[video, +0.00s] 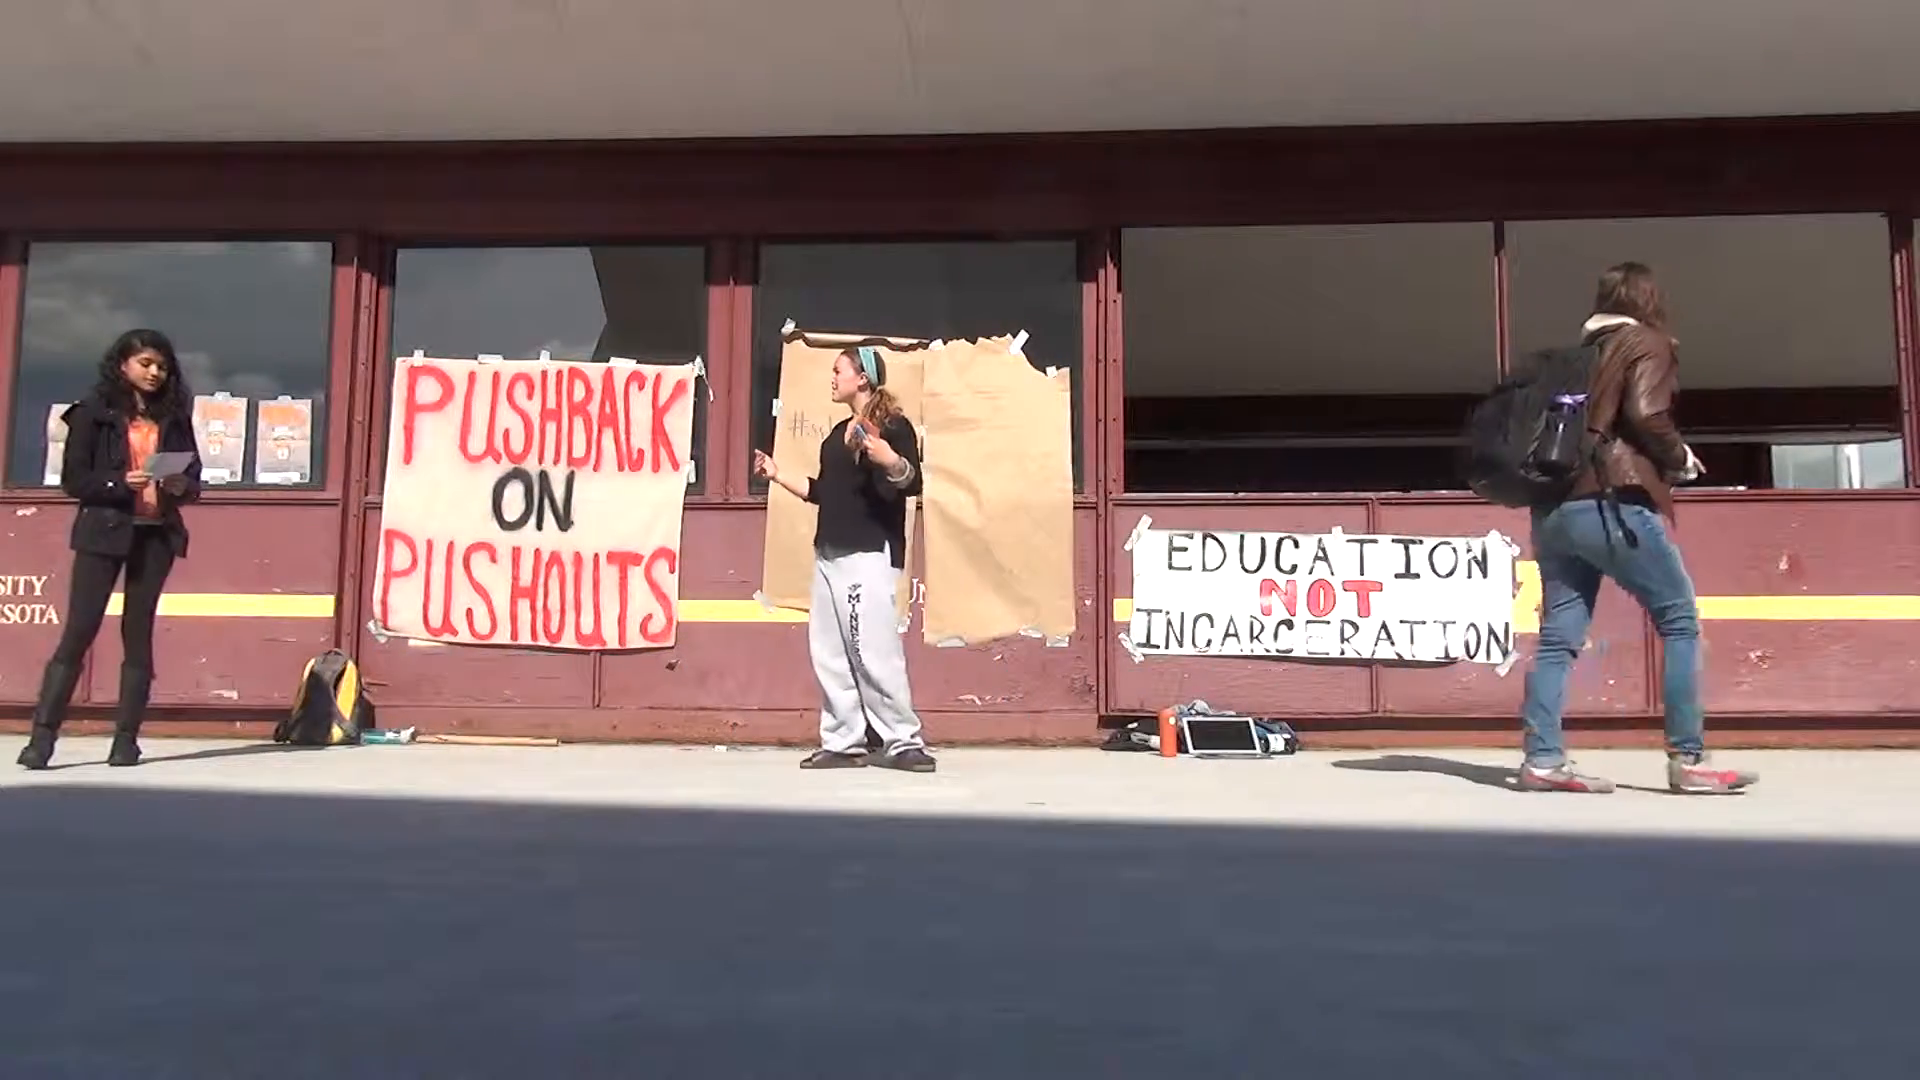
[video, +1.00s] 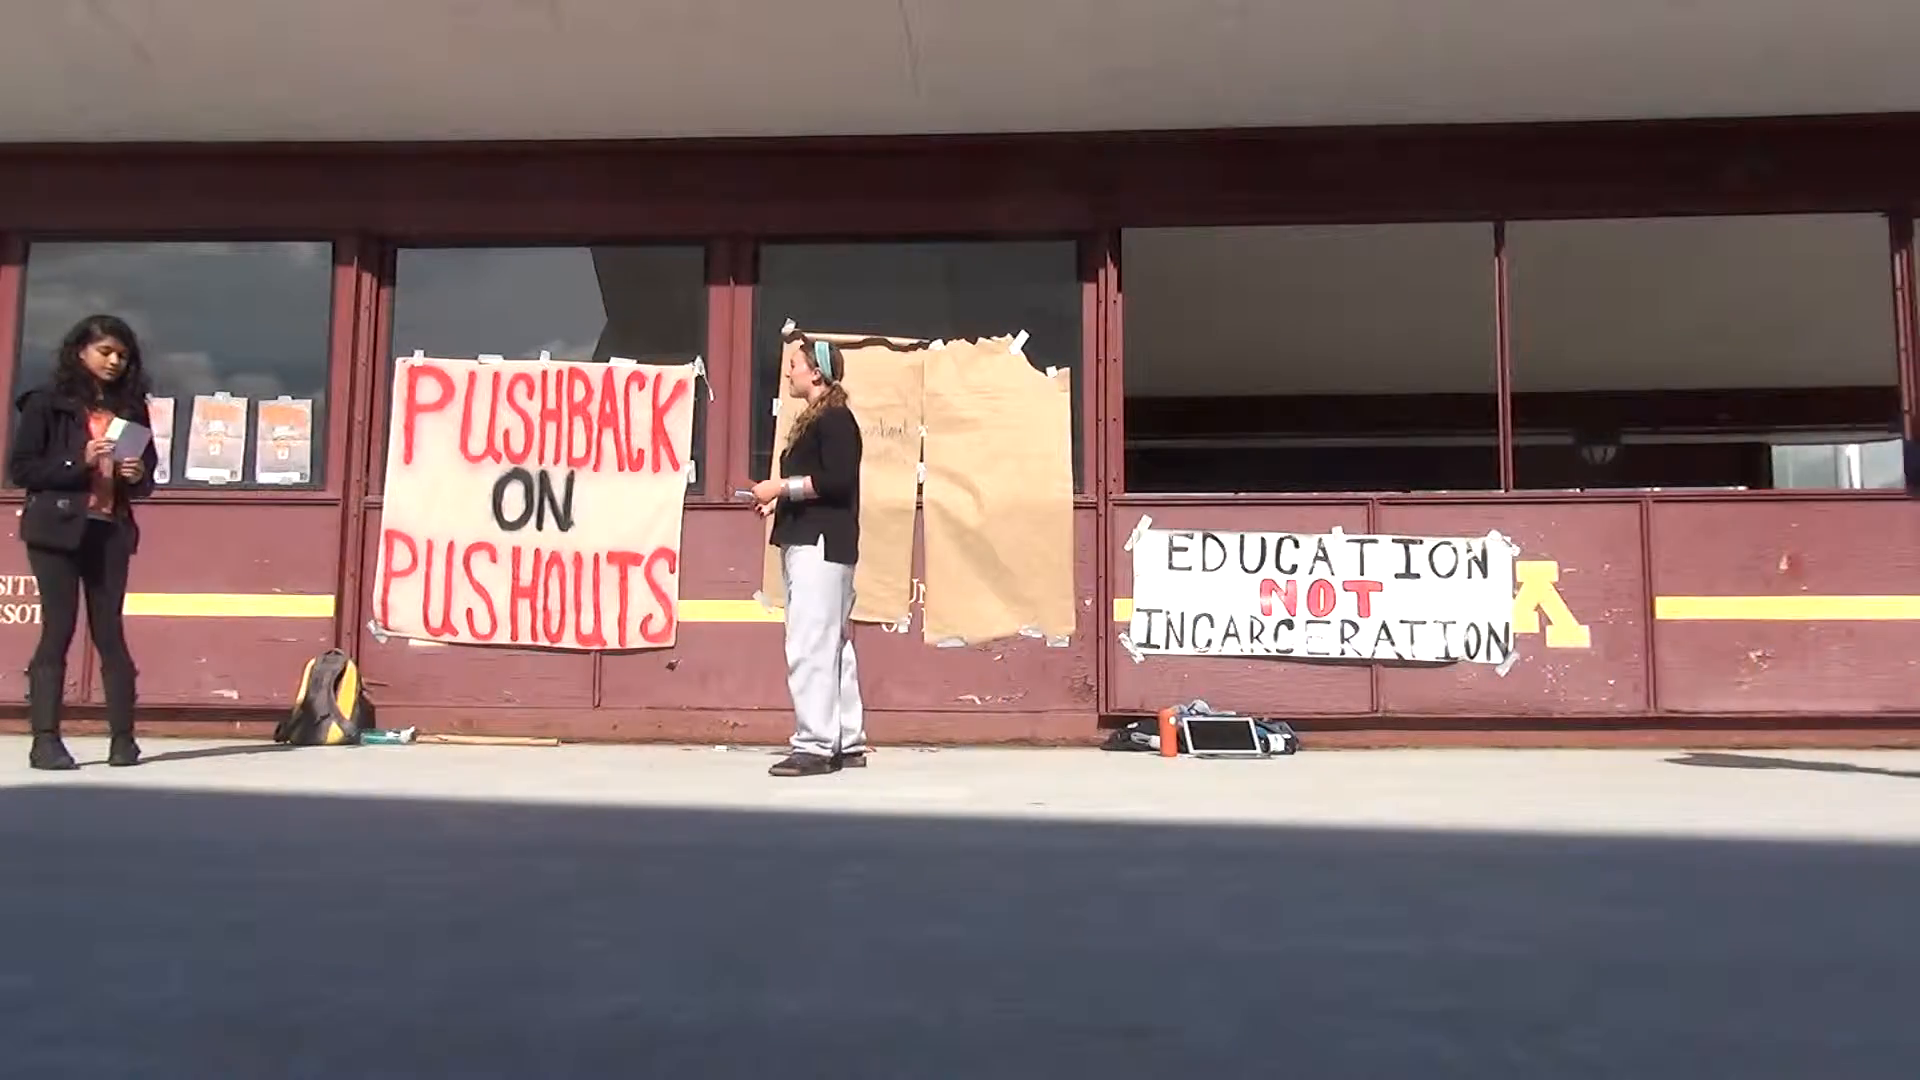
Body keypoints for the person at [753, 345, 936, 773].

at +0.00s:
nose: (832, 378)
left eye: (838, 372)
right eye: (833, 372)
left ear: (864, 379)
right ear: (853, 379)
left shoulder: (893, 428)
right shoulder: (836, 435)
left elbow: (909, 479)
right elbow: (820, 494)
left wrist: (883, 455)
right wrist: (777, 473)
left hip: (867, 555)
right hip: (829, 555)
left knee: (874, 650)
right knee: (830, 652)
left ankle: (904, 742)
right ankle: (845, 743)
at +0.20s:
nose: (821, 378)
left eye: (828, 372)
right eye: (823, 371)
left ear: (851, 378)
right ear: (843, 378)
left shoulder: (876, 430)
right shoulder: (828, 433)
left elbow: (882, 490)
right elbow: (815, 498)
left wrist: (856, 488)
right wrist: (772, 485)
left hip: (852, 554)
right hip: (816, 554)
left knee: (863, 648)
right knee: (824, 652)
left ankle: (902, 738)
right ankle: (844, 742)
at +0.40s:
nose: (809, 378)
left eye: (816, 371)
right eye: (812, 371)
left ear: (839, 378)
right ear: (834, 377)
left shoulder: (862, 429)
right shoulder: (826, 431)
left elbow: (862, 492)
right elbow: (810, 499)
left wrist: (819, 493)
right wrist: (766, 487)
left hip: (841, 552)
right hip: (809, 552)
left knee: (840, 647)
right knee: (816, 652)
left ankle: (887, 736)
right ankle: (840, 743)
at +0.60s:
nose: (802, 380)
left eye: (808, 373)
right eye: (804, 372)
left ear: (829, 378)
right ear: (826, 379)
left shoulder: (851, 428)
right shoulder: (826, 430)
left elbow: (848, 488)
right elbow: (812, 498)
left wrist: (791, 480)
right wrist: (766, 491)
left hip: (833, 550)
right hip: (813, 550)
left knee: (822, 644)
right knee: (819, 645)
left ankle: (849, 743)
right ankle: (835, 739)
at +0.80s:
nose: (795, 376)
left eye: (802, 370)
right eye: (797, 369)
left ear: (824, 377)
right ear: (821, 377)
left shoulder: (842, 425)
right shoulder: (824, 425)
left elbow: (843, 487)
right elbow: (820, 488)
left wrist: (787, 492)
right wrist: (779, 501)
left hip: (827, 549)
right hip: (818, 548)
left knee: (813, 644)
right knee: (833, 643)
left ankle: (818, 743)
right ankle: (849, 741)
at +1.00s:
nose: (787, 372)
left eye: (794, 365)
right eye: (788, 365)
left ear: (816, 372)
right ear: (814, 374)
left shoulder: (833, 419)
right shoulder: (817, 419)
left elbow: (836, 482)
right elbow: (816, 483)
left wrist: (781, 489)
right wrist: (775, 496)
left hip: (820, 547)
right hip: (816, 546)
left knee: (810, 645)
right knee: (829, 643)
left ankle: (814, 744)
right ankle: (847, 740)